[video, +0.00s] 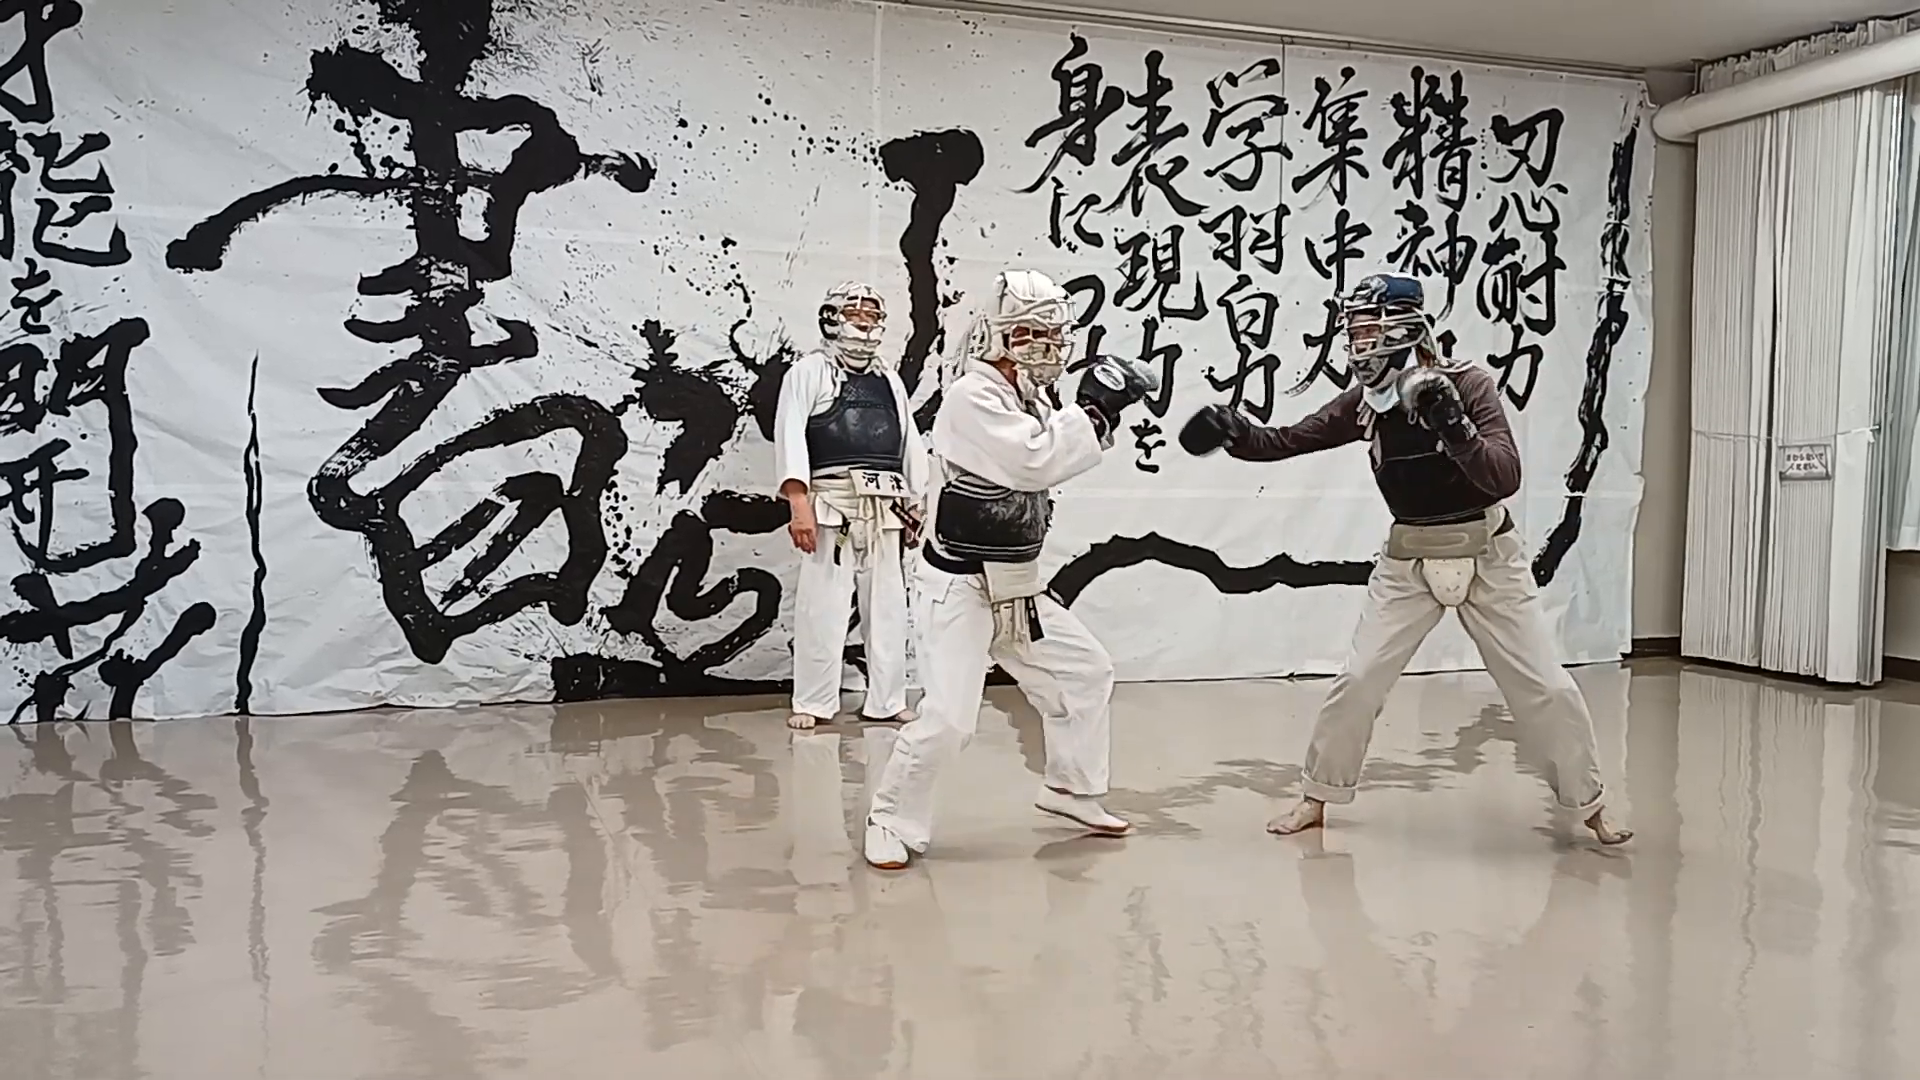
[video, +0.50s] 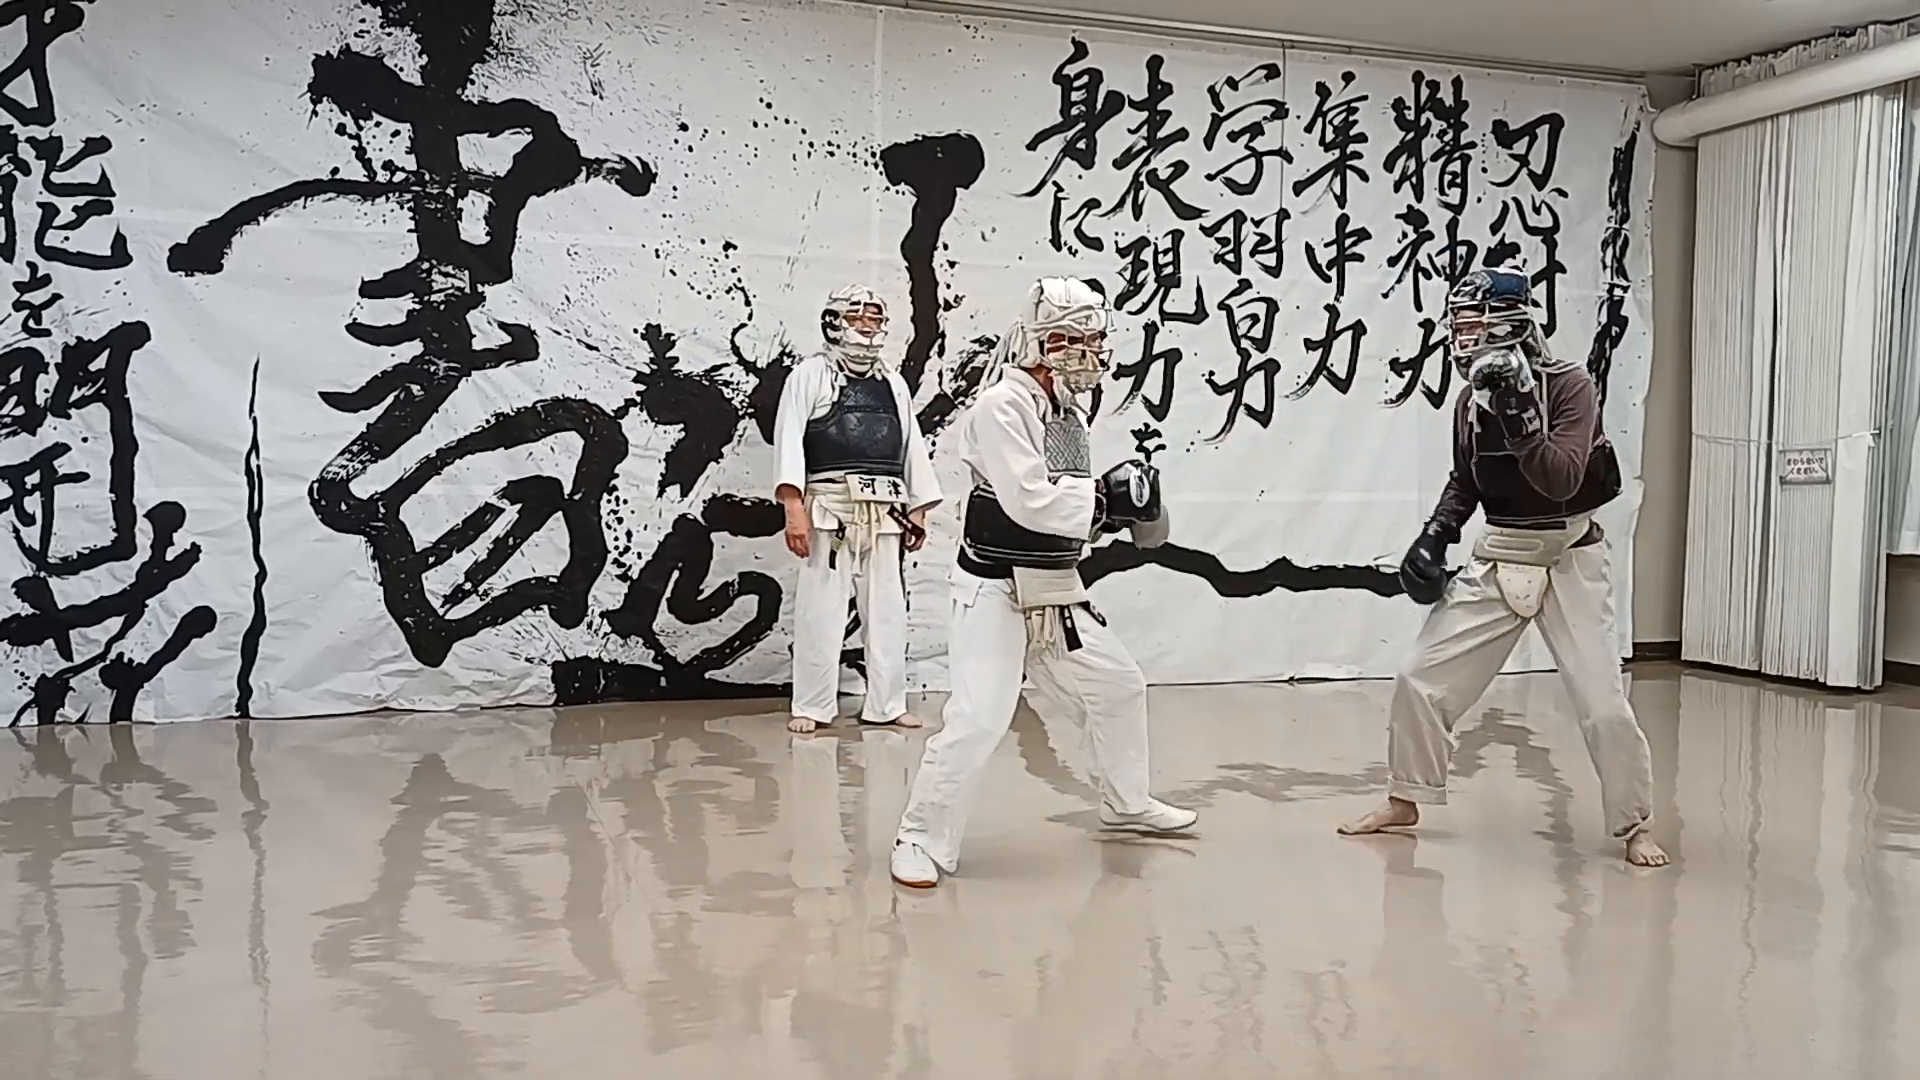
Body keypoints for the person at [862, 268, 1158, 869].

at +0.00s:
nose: (1047, 345)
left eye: (1054, 334)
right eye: (1033, 334)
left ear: (1061, 336)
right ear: (1000, 334)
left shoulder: (1033, 395)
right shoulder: (970, 393)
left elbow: (1053, 454)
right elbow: (1031, 457)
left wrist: (1101, 414)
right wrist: (1093, 409)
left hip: (1011, 580)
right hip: (956, 583)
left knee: (1086, 670)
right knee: (948, 718)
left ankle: (1070, 791)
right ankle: (891, 824)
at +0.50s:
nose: (1084, 352)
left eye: (1092, 341)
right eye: (1071, 340)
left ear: (1098, 344)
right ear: (1039, 339)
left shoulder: (1070, 409)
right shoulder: (1003, 402)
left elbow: (1054, 496)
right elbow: (1026, 498)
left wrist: (1114, 502)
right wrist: (1106, 500)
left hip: (1051, 582)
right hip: (993, 584)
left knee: (1119, 684)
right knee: (979, 715)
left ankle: (1127, 804)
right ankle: (920, 843)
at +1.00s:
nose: (1092, 341)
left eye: (1102, 330)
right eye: (1079, 327)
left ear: (1110, 333)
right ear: (1050, 325)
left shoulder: (1081, 396)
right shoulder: (1005, 382)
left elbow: (1084, 482)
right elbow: (1028, 478)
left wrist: (1140, 472)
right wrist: (1115, 472)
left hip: (1068, 566)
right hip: (1005, 568)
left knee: (1133, 672)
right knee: (981, 697)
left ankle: (1149, 794)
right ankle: (909, 836)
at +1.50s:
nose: (1044, 340)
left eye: (1053, 328)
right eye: (1030, 328)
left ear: (1062, 333)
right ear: (1000, 330)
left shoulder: (1044, 402)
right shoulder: (961, 395)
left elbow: (1052, 475)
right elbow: (969, 499)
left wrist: (1074, 505)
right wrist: (1049, 516)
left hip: (1024, 574)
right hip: (960, 577)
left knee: (1082, 683)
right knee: (950, 710)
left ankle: (1078, 810)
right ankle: (893, 829)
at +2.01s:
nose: (1054, 358)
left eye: (1059, 347)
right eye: (1040, 346)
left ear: (1063, 352)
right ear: (1007, 351)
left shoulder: (1036, 419)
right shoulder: (962, 417)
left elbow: (1022, 502)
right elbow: (964, 519)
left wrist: (1053, 534)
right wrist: (1037, 539)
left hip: (1009, 585)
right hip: (948, 592)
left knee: (1077, 681)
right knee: (930, 719)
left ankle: (1083, 810)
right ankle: (868, 828)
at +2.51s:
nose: (1089, 368)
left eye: (1092, 357)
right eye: (1077, 356)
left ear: (1092, 362)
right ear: (1042, 361)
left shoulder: (1058, 425)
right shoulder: (1009, 425)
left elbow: (1044, 514)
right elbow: (1004, 526)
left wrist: (1089, 546)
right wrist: (1080, 538)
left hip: (1044, 599)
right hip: (991, 602)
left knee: (1124, 687)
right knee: (969, 734)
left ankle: (1123, 816)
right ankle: (877, 813)